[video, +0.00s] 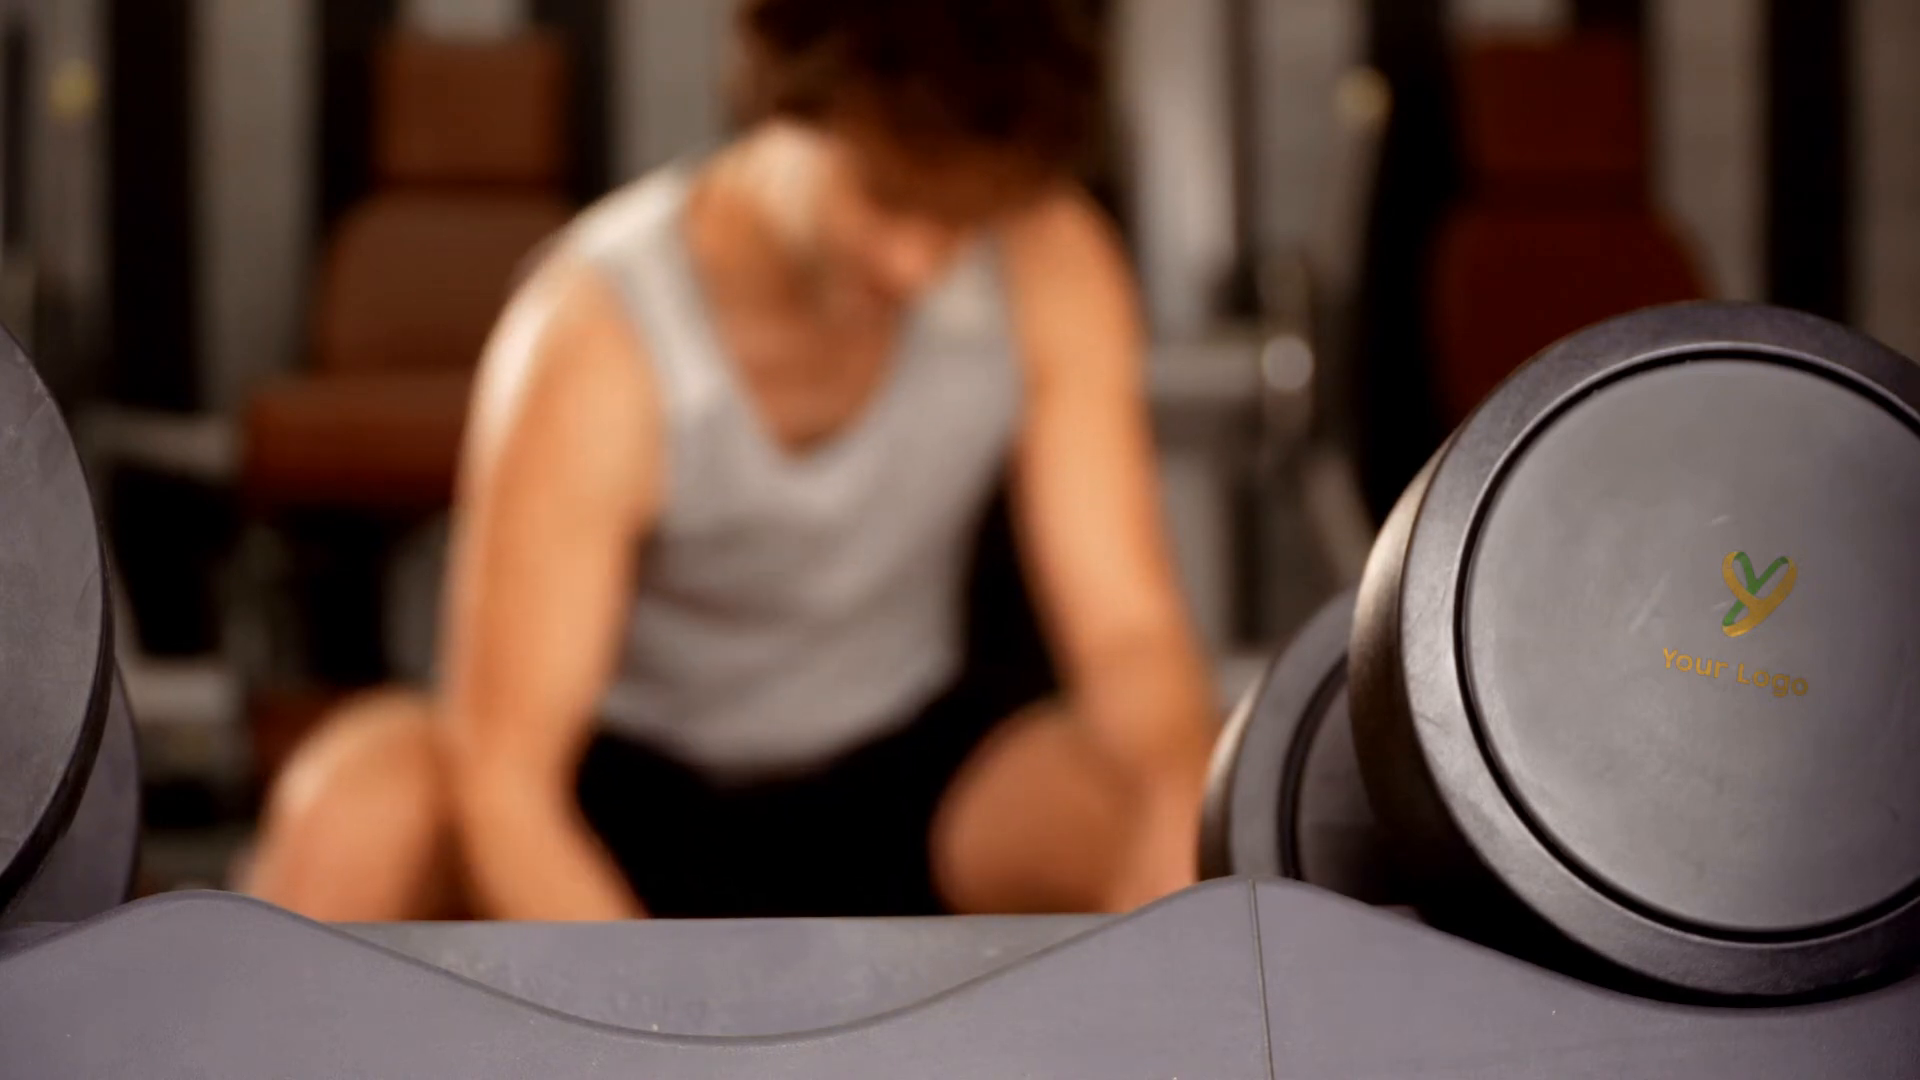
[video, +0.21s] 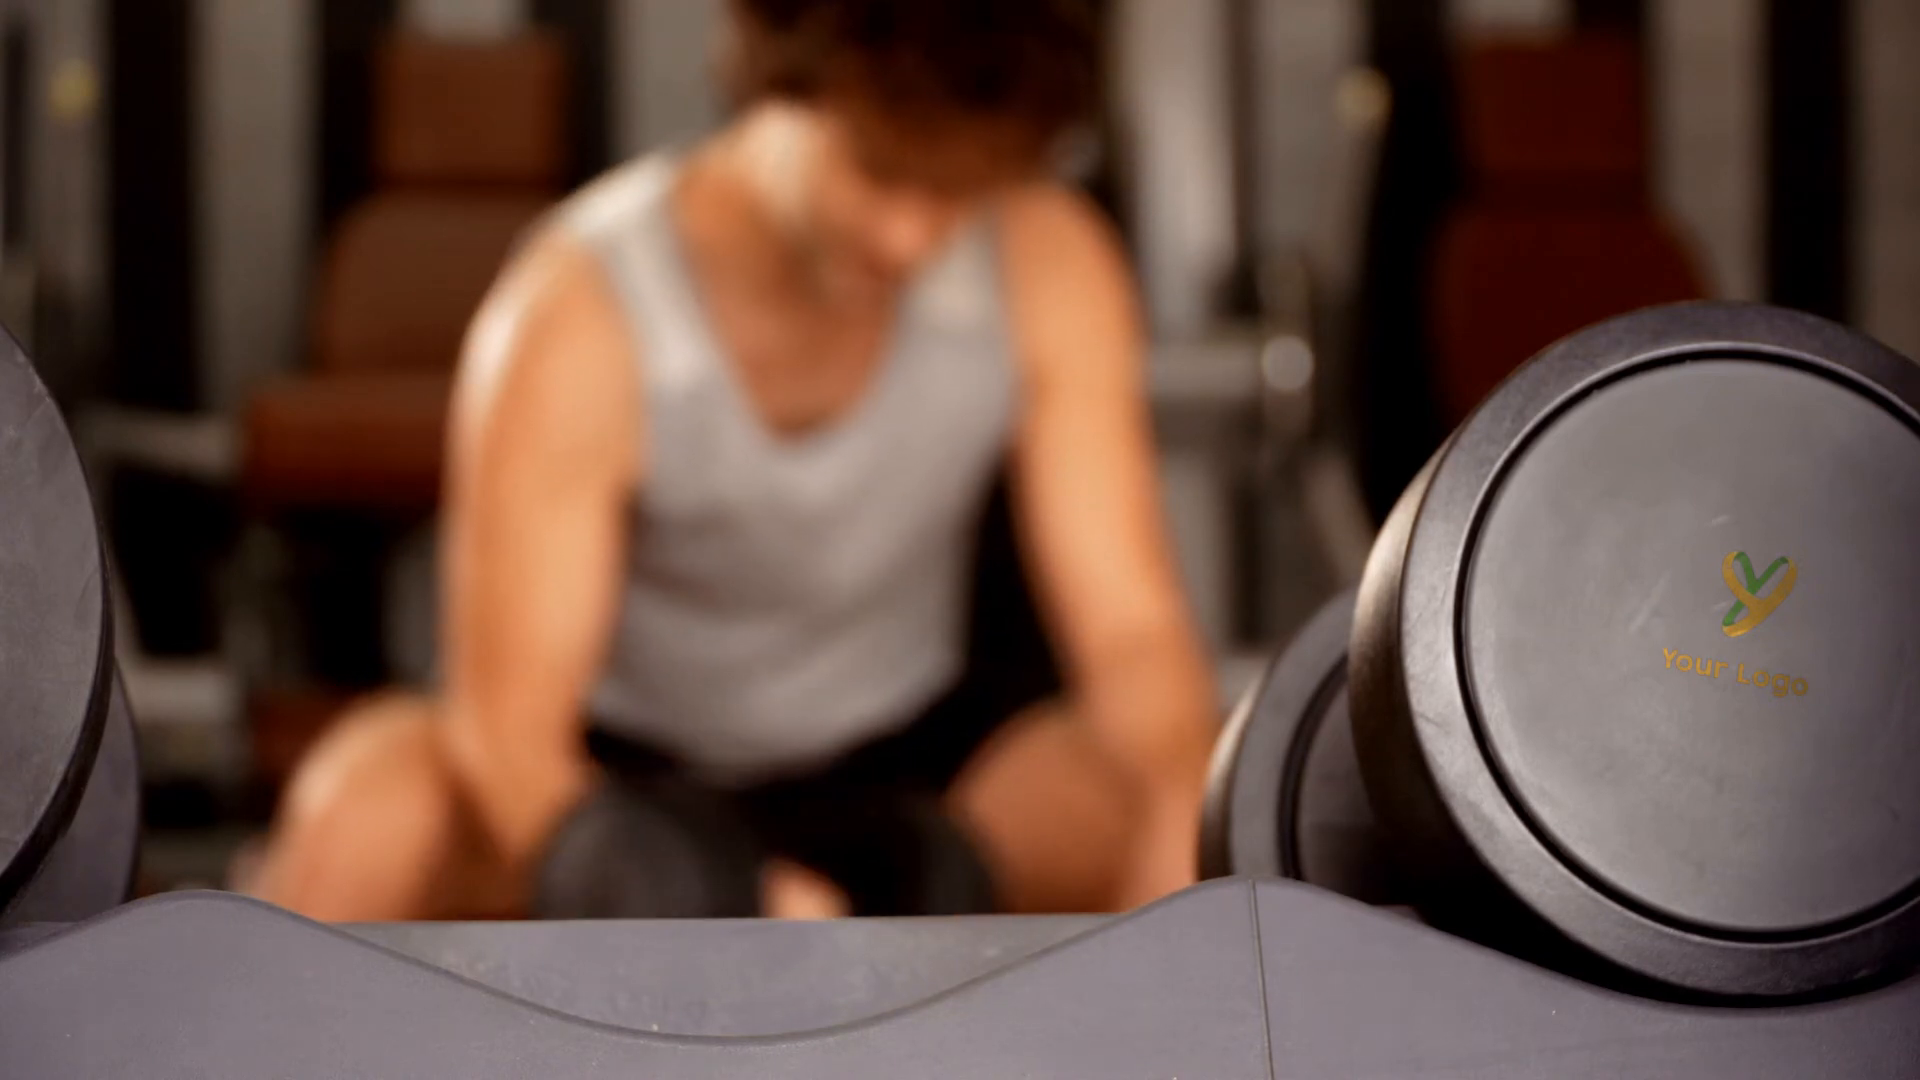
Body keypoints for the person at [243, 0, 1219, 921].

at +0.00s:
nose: (919, 264)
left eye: (970, 220)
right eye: (888, 202)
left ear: (1015, 174)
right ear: (793, 115)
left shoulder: (1044, 254)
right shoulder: (595, 327)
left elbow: (1128, 639)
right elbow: (503, 778)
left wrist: (1183, 863)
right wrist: (662, 1032)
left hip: (898, 780)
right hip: (627, 794)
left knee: (1187, 808)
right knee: (354, 789)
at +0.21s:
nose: (912, 238)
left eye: (961, 192)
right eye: (879, 175)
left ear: (1013, 159)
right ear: (778, 82)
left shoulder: (1044, 256)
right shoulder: (578, 307)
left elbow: (1133, 637)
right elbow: (508, 744)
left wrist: (1182, 851)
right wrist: (721, 897)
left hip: (902, 785)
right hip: (626, 794)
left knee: (1197, 790)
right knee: (369, 793)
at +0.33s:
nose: (908, 231)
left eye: (957, 183)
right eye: (875, 168)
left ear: (1010, 150)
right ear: (777, 76)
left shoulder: (1038, 257)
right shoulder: (556, 309)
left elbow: (1134, 640)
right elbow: (519, 737)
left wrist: (1185, 835)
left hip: (899, 802)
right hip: (619, 800)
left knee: (1193, 787)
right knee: (373, 789)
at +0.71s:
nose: (869, 230)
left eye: (914, 181)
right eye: (834, 169)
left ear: (965, 142)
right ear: (735, 90)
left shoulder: (1001, 257)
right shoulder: (483, 319)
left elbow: (1120, 632)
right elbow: (523, 750)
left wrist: (1180, 884)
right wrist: (745, 704)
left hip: (898, 785)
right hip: (601, 795)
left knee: (1169, 807)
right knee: (371, 805)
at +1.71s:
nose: (875, 205)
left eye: (923, 158)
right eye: (841, 145)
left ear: (983, 123)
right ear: (744, 68)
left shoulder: (1025, 252)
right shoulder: (526, 317)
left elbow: (1126, 638)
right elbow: (520, 732)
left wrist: (1165, 868)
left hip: (905, 795)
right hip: (628, 792)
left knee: (1189, 767)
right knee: (364, 787)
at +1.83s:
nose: (876, 205)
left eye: (926, 161)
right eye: (844, 145)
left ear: (988, 128)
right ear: (752, 70)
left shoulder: (1033, 253)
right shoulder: (541, 325)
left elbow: (1122, 631)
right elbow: (518, 769)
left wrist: (1162, 857)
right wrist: (652, 979)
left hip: (905, 776)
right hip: (619, 785)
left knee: (1187, 808)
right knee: (357, 794)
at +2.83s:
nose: (895, 328)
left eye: (949, 281)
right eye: (858, 263)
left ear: (1014, 265)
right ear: (766, 204)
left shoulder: (1045, 282)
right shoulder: (582, 397)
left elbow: (1101, 662)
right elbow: (507, 832)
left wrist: (998, 832)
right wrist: (521, 1076)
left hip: (893, 784)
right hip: (612, 794)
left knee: (1137, 830)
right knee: (343, 805)